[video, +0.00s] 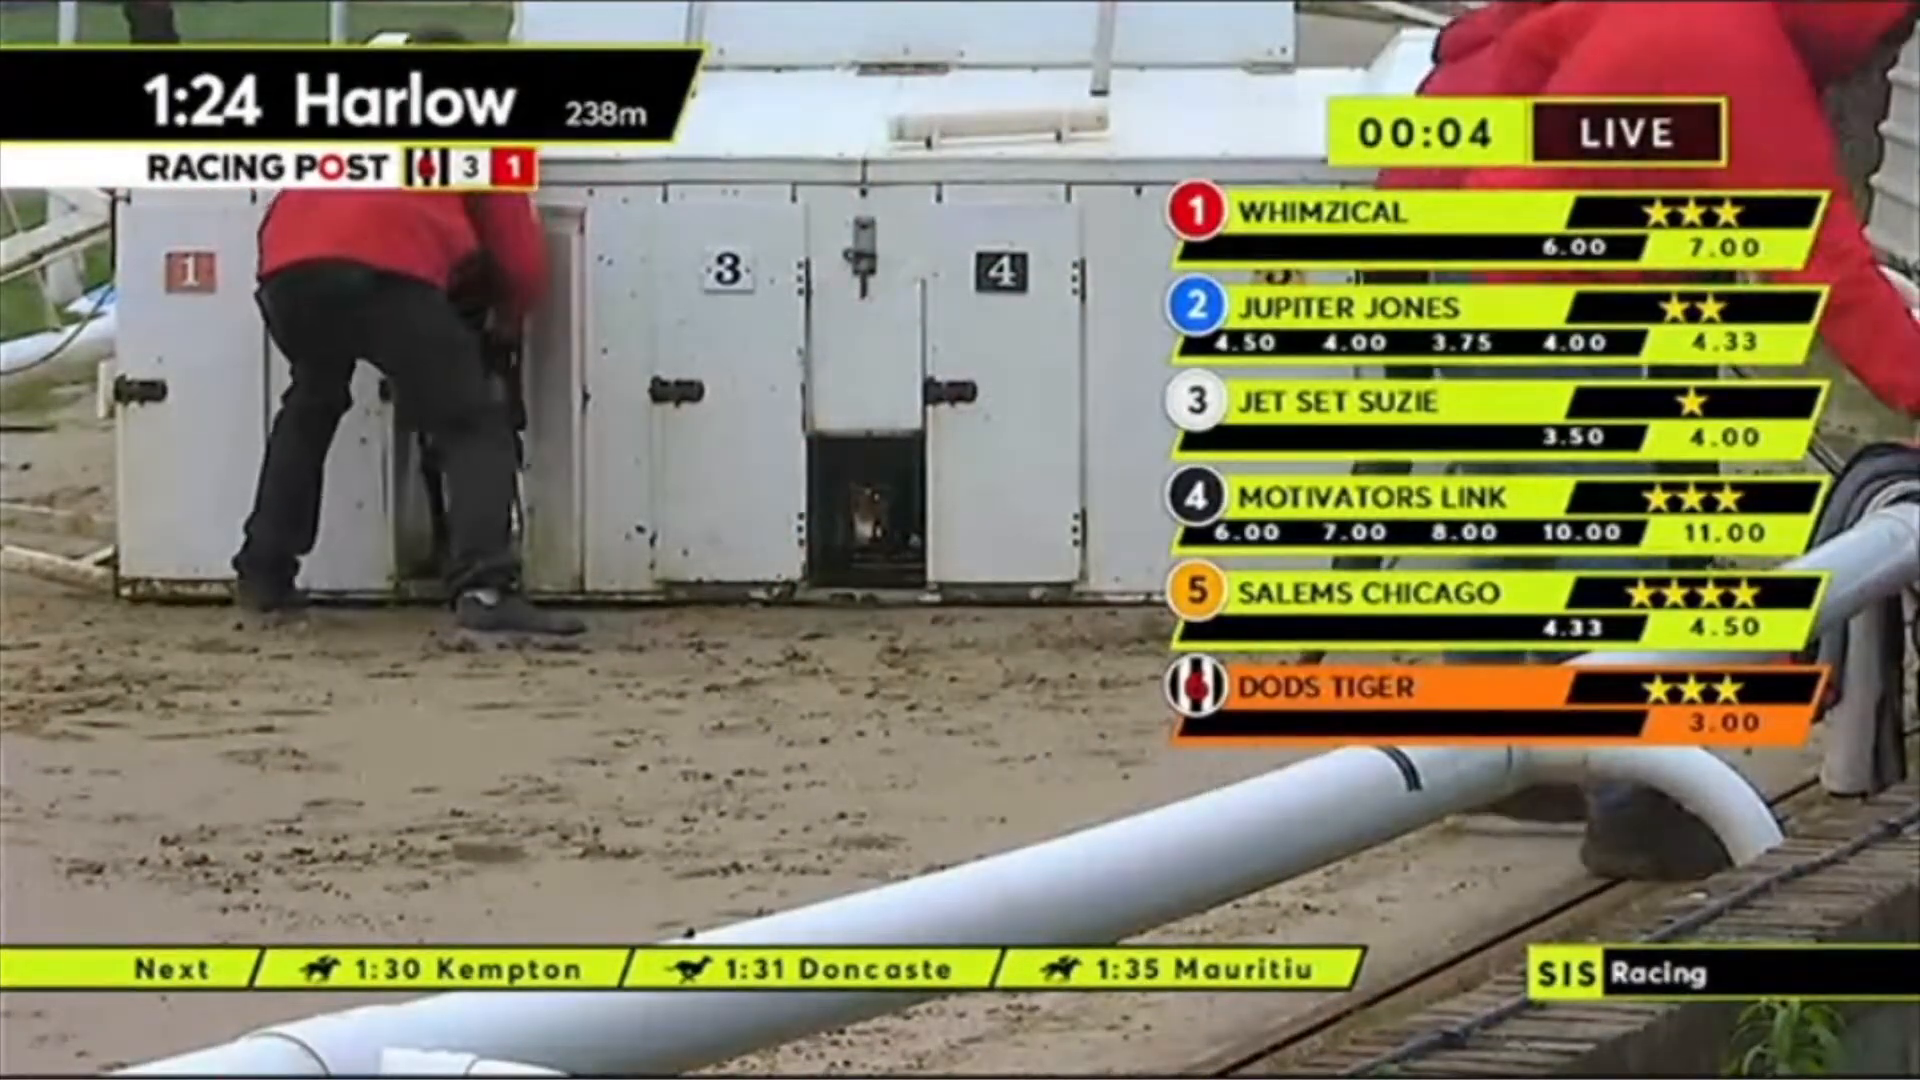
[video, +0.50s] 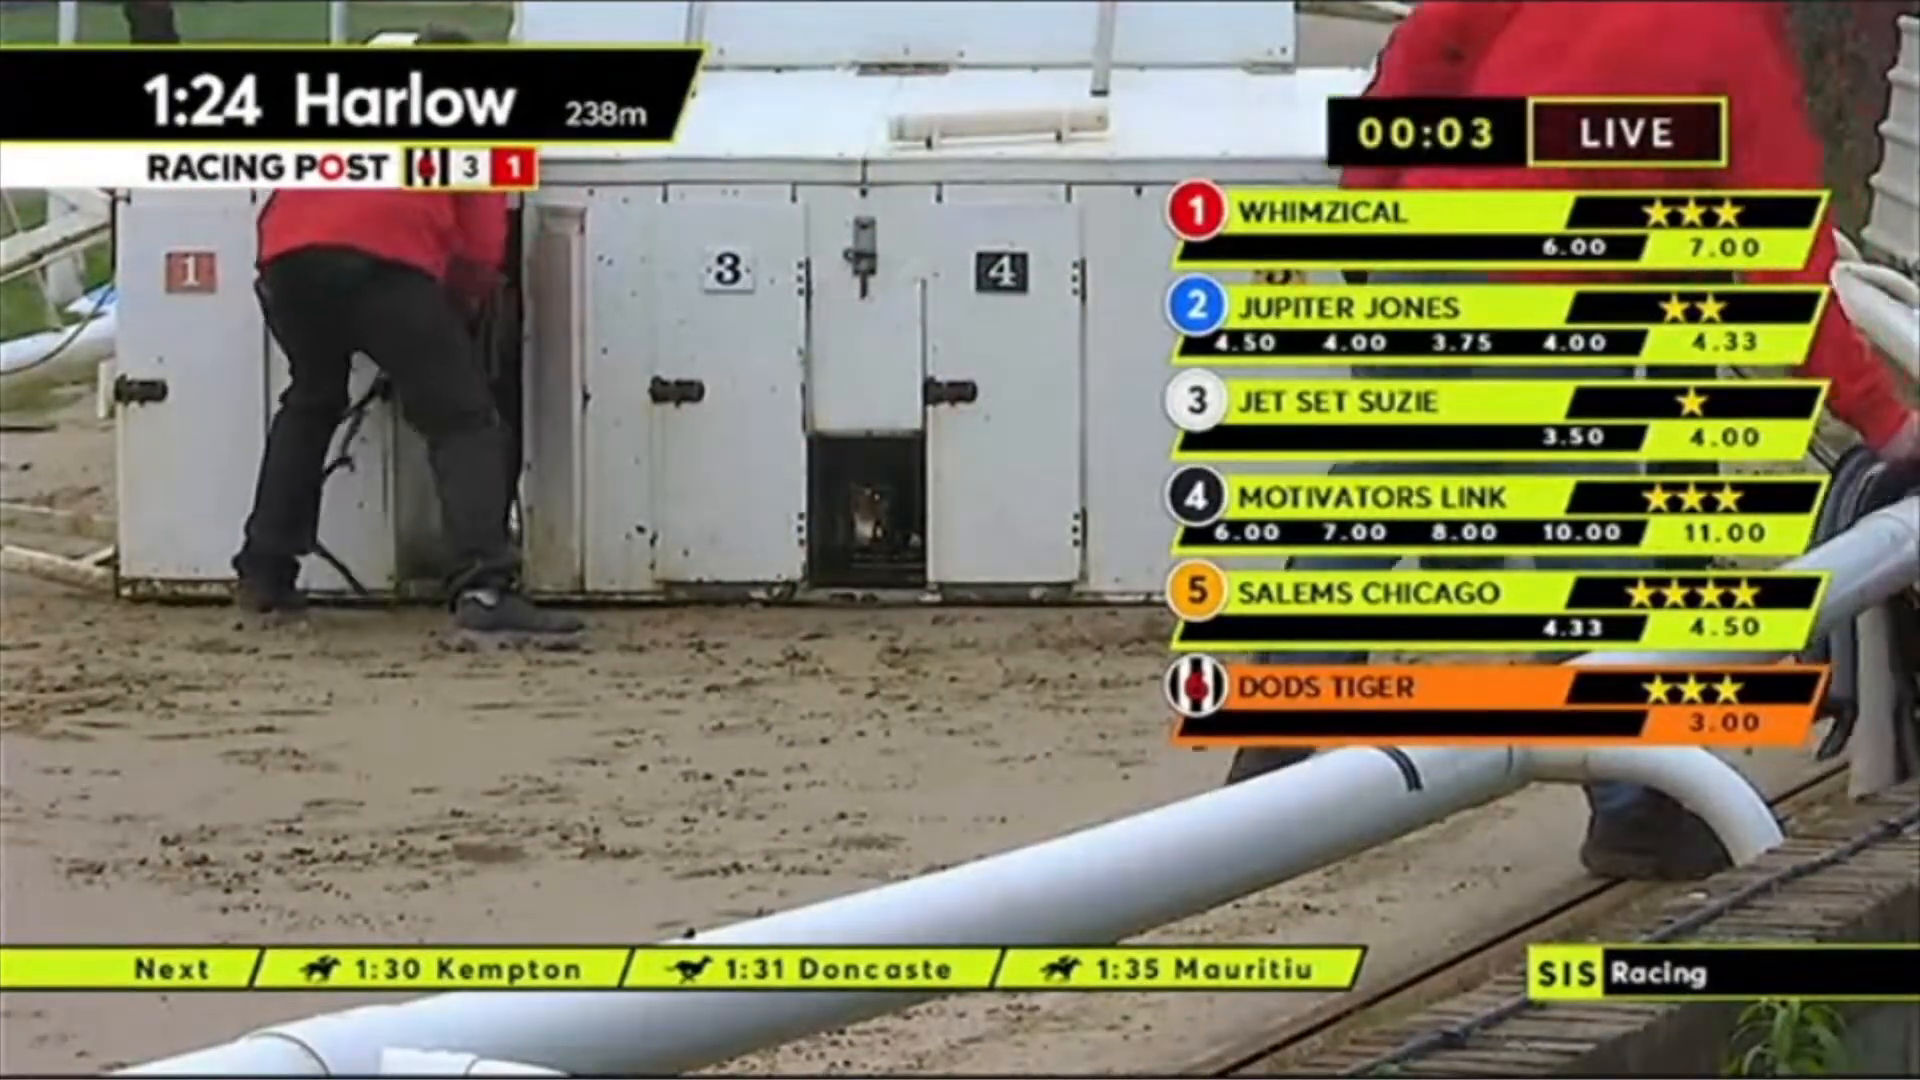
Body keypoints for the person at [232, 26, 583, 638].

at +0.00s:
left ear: (388, 73)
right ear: (471, 83)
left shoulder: (344, 123)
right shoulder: (484, 133)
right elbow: (525, 266)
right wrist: (504, 323)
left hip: (289, 271)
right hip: (391, 273)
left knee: (315, 392)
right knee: (472, 422)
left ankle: (262, 574)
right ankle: (484, 591)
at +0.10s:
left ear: (389, 59)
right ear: (464, 69)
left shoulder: (341, 114)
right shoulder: (482, 124)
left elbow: (280, 221)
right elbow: (511, 256)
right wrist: (500, 306)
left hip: (294, 278)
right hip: (397, 278)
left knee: (320, 392)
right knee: (480, 429)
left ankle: (263, 574)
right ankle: (486, 592)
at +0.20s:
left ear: (392, 65)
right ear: (469, 76)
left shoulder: (343, 119)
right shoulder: (494, 144)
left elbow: (283, 222)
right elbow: (495, 258)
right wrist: (499, 310)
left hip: (298, 275)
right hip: (401, 276)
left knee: (330, 395)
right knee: (478, 428)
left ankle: (266, 573)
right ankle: (487, 591)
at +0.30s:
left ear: (403, 57)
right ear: (474, 72)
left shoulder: (348, 107)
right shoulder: (493, 137)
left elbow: (284, 216)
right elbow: (489, 251)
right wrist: (505, 323)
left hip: (301, 270)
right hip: (401, 273)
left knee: (329, 394)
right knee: (474, 424)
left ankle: (265, 574)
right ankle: (485, 590)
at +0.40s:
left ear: (399, 61)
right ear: (472, 73)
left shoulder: (345, 107)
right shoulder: (489, 129)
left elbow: (282, 215)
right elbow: (476, 241)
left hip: (299, 269)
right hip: (398, 273)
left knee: (322, 396)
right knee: (474, 425)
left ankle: (264, 575)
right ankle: (484, 590)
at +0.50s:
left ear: (376, 72)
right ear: (463, 86)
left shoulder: (336, 115)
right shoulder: (475, 129)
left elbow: (275, 215)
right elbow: (482, 253)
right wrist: (447, 333)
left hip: (290, 259)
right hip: (388, 264)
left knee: (312, 397)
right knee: (462, 422)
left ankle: (263, 574)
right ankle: (484, 590)